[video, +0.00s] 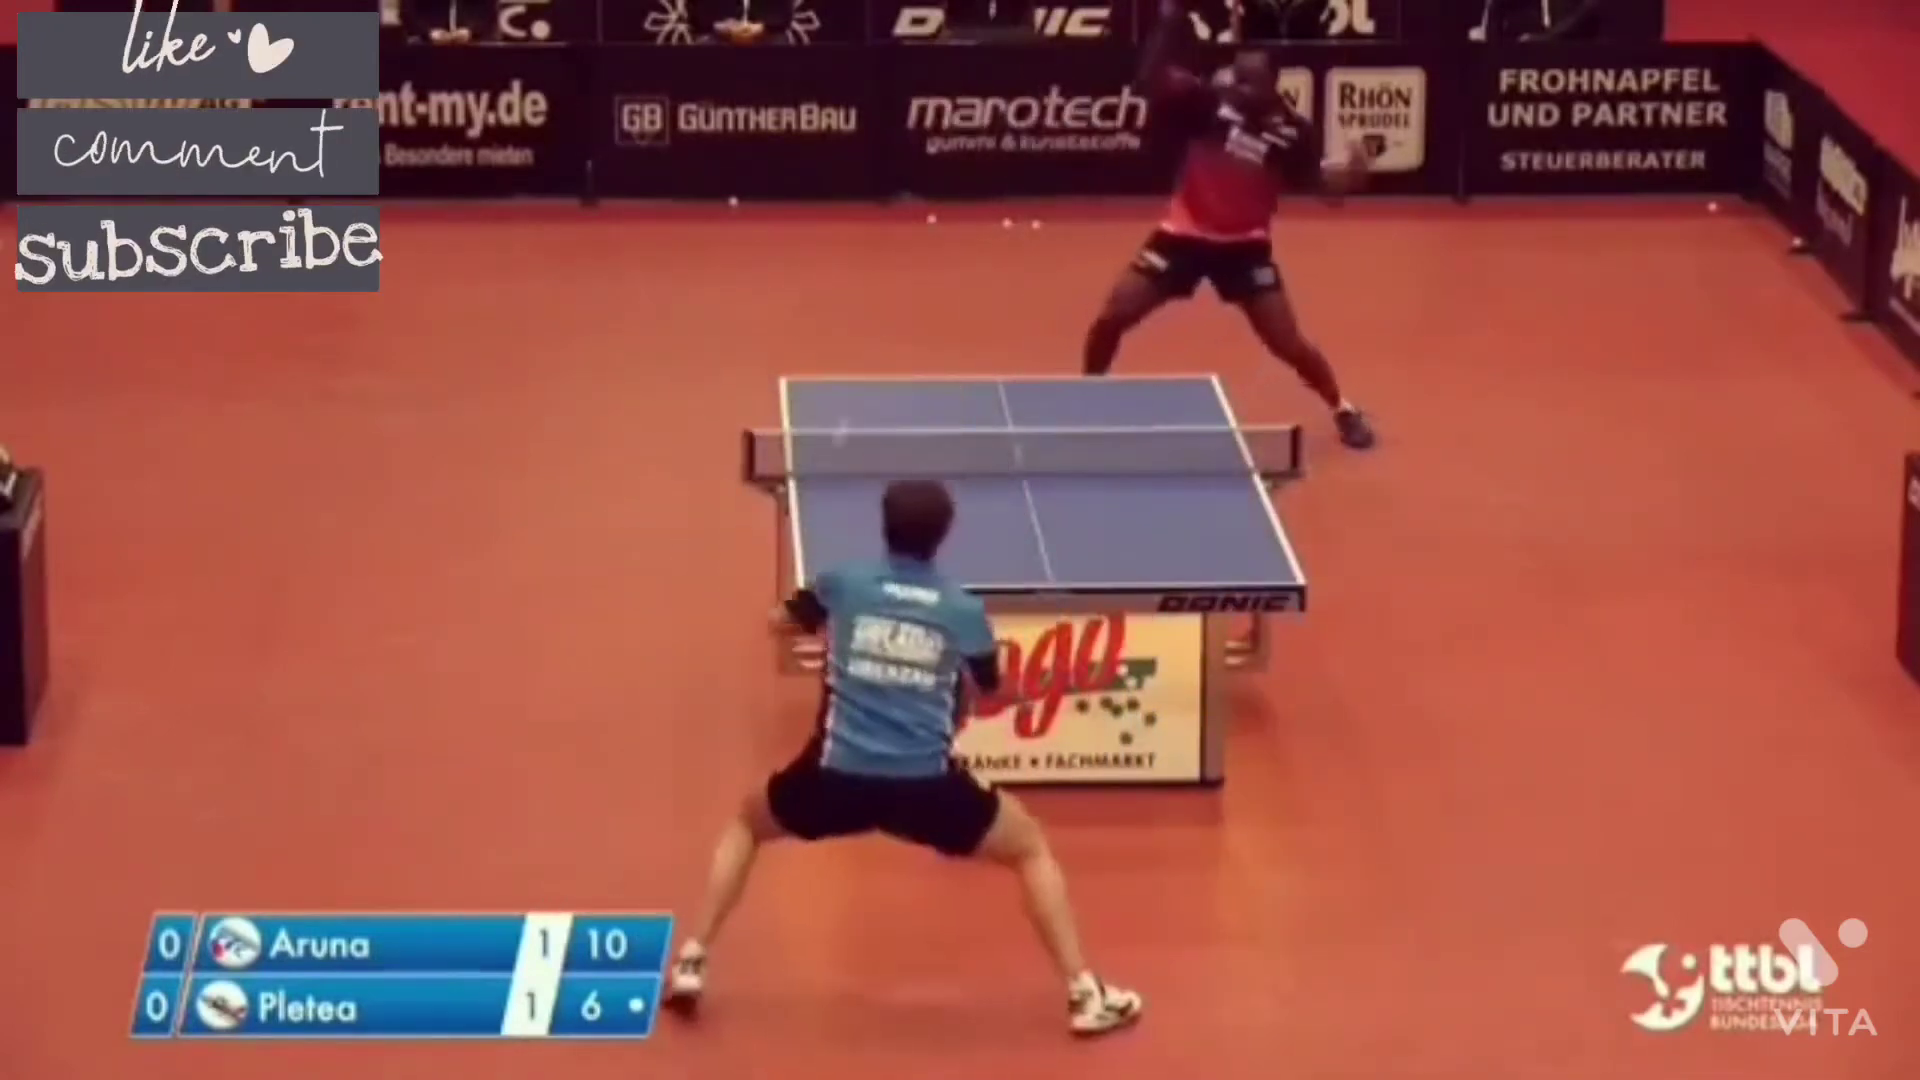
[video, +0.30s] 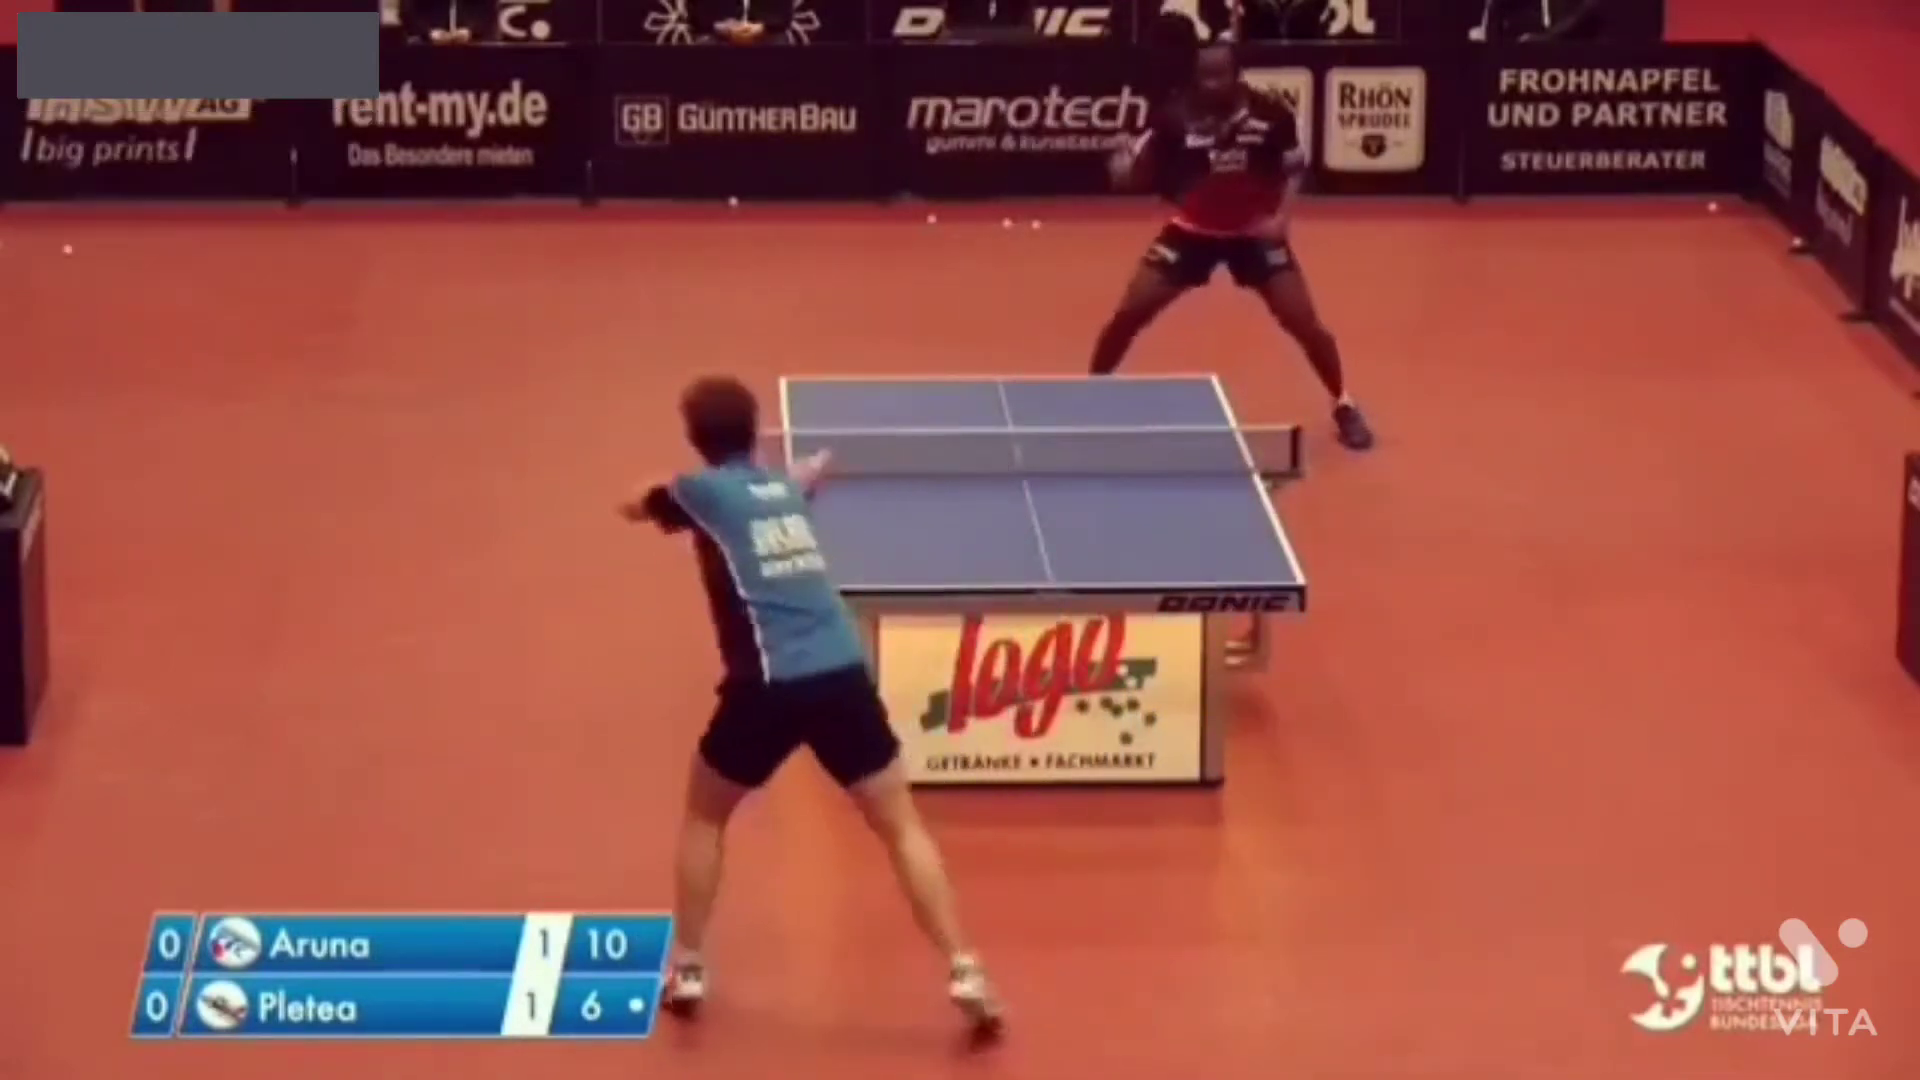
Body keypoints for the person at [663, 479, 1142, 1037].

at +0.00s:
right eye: (937, 521)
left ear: (885, 528)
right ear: (942, 535)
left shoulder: (842, 583)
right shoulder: (962, 610)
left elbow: (788, 620)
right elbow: (989, 696)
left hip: (836, 780)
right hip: (926, 787)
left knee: (749, 826)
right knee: (1030, 850)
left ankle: (692, 957)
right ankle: (1085, 992)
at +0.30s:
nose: (684, 437)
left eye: (686, 429)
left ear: (695, 437)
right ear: (752, 430)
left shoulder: (700, 492)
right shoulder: (781, 486)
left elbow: (639, 510)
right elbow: (789, 494)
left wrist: (661, 497)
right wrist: (805, 480)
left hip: (765, 688)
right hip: (842, 678)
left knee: (705, 818)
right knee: (901, 823)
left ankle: (688, 967)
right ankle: (964, 969)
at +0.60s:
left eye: (630, 439)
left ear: (625, 453)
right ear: (684, 444)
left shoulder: (615, 529)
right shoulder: (731, 503)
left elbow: (578, 606)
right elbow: (828, 486)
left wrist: (540, 661)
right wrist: (851, 401)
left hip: (667, 719)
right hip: (748, 710)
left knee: (619, 848)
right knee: (804, 833)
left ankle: (614, 993)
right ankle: (861, 965)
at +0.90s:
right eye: (718, 469)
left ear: (659, 477)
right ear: (719, 482)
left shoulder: (613, 537)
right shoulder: (736, 569)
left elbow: (540, 584)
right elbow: (781, 642)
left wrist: (571, 609)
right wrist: (815, 600)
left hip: (600, 738)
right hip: (685, 748)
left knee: (551, 837)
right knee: (763, 865)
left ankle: (511, 972)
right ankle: (778, 1016)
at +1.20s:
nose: (748, 521)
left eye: (743, 509)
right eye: (745, 514)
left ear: (684, 513)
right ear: (737, 531)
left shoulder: (648, 549)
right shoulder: (706, 621)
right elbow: (716, 727)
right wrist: (783, 763)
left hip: (536, 727)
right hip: (599, 755)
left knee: (495, 825)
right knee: (723, 831)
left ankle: (395, 912)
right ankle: (703, 981)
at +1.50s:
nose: (592, 590)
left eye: (591, 580)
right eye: (589, 581)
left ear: (541, 579)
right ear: (570, 591)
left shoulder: (546, 621)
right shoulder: (497, 643)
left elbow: (556, 658)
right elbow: (431, 714)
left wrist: (594, 659)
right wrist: (412, 795)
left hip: (466, 776)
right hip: (493, 791)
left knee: (422, 840)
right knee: (624, 831)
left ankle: (341, 896)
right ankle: (694, 978)